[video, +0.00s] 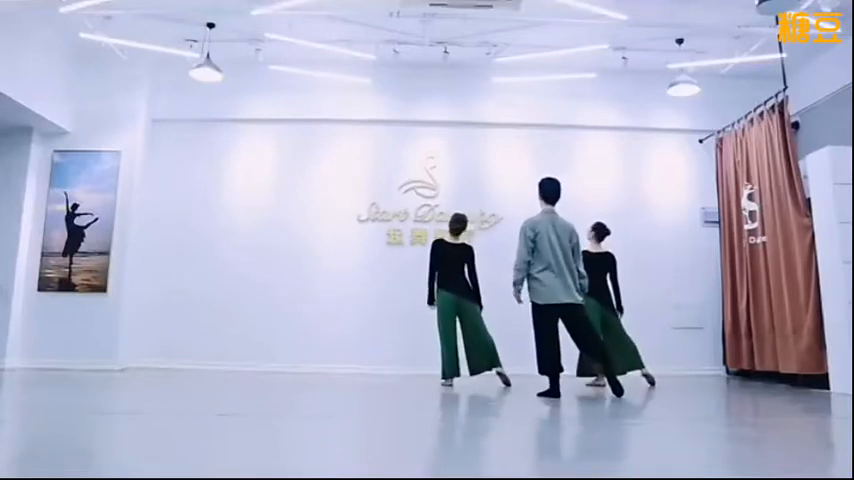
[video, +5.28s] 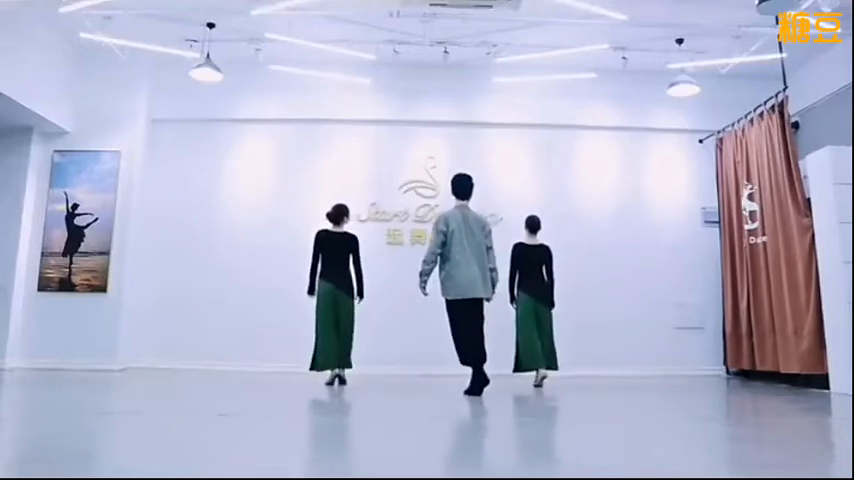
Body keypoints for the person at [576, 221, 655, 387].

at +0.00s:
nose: (587, 233)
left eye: (589, 231)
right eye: (589, 230)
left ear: (593, 234)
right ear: (602, 236)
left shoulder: (583, 256)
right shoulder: (609, 257)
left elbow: (577, 277)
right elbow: (614, 283)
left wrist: (576, 296)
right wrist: (619, 304)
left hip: (589, 300)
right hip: (606, 301)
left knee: (594, 337)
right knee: (621, 336)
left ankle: (600, 376)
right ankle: (642, 369)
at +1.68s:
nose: (587, 251)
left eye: (586, 248)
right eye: (591, 248)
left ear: (584, 249)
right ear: (598, 251)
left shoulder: (576, 266)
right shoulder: (603, 269)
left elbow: (570, 288)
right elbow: (610, 293)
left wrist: (569, 309)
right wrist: (615, 314)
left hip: (585, 311)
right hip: (604, 312)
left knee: (588, 342)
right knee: (599, 341)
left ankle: (595, 377)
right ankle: (618, 370)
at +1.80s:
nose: (587, 257)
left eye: (585, 253)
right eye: (592, 254)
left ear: (581, 254)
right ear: (596, 256)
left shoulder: (573, 270)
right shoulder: (600, 273)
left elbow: (568, 293)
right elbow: (607, 299)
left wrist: (569, 314)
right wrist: (610, 320)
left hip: (582, 313)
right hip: (599, 315)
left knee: (586, 345)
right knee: (595, 344)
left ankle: (585, 376)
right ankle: (599, 374)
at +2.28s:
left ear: (568, 258)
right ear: (579, 256)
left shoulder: (567, 267)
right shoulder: (592, 265)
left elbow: (567, 292)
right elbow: (599, 289)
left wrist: (567, 314)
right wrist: (605, 309)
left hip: (583, 305)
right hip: (600, 306)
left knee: (585, 341)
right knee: (587, 340)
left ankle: (595, 377)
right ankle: (573, 369)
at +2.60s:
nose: (561, 238)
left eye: (561, 235)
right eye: (563, 235)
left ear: (563, 235)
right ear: (575, 235)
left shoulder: (561, 247)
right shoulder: (585, 250)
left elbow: (557, 272)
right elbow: (592, 275)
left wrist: (556, 293)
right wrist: (593, 297)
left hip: (569, 289)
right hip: (585, 290)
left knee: (574, 328)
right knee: (582, 329)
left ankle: (585, 367)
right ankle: (573, 368)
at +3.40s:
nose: (551, 230)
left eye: (550, 227)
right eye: (555, 227)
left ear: (548, 227)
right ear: (562, 228)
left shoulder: (541, 247)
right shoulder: (567, 249)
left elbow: (537, 272)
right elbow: (571, 276)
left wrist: (536, 293)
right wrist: (573, 297)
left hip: (547, 292)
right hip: (564, 293)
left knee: (551, 330)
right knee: (563, 330)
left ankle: (560, 367)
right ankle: (557, 369)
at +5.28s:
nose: (530, 230)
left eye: (528, 227)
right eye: (533, 227)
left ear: (525, 228)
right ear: (539, 229)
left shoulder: (518, 248)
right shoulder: (545, 249)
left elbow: (513, 273)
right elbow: (550, 275)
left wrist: (512, 294)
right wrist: (551, 296)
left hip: (525, 293)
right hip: (542, 293)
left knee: (529, 331)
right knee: (542, 330)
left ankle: (539, 367)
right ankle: (541, 369)